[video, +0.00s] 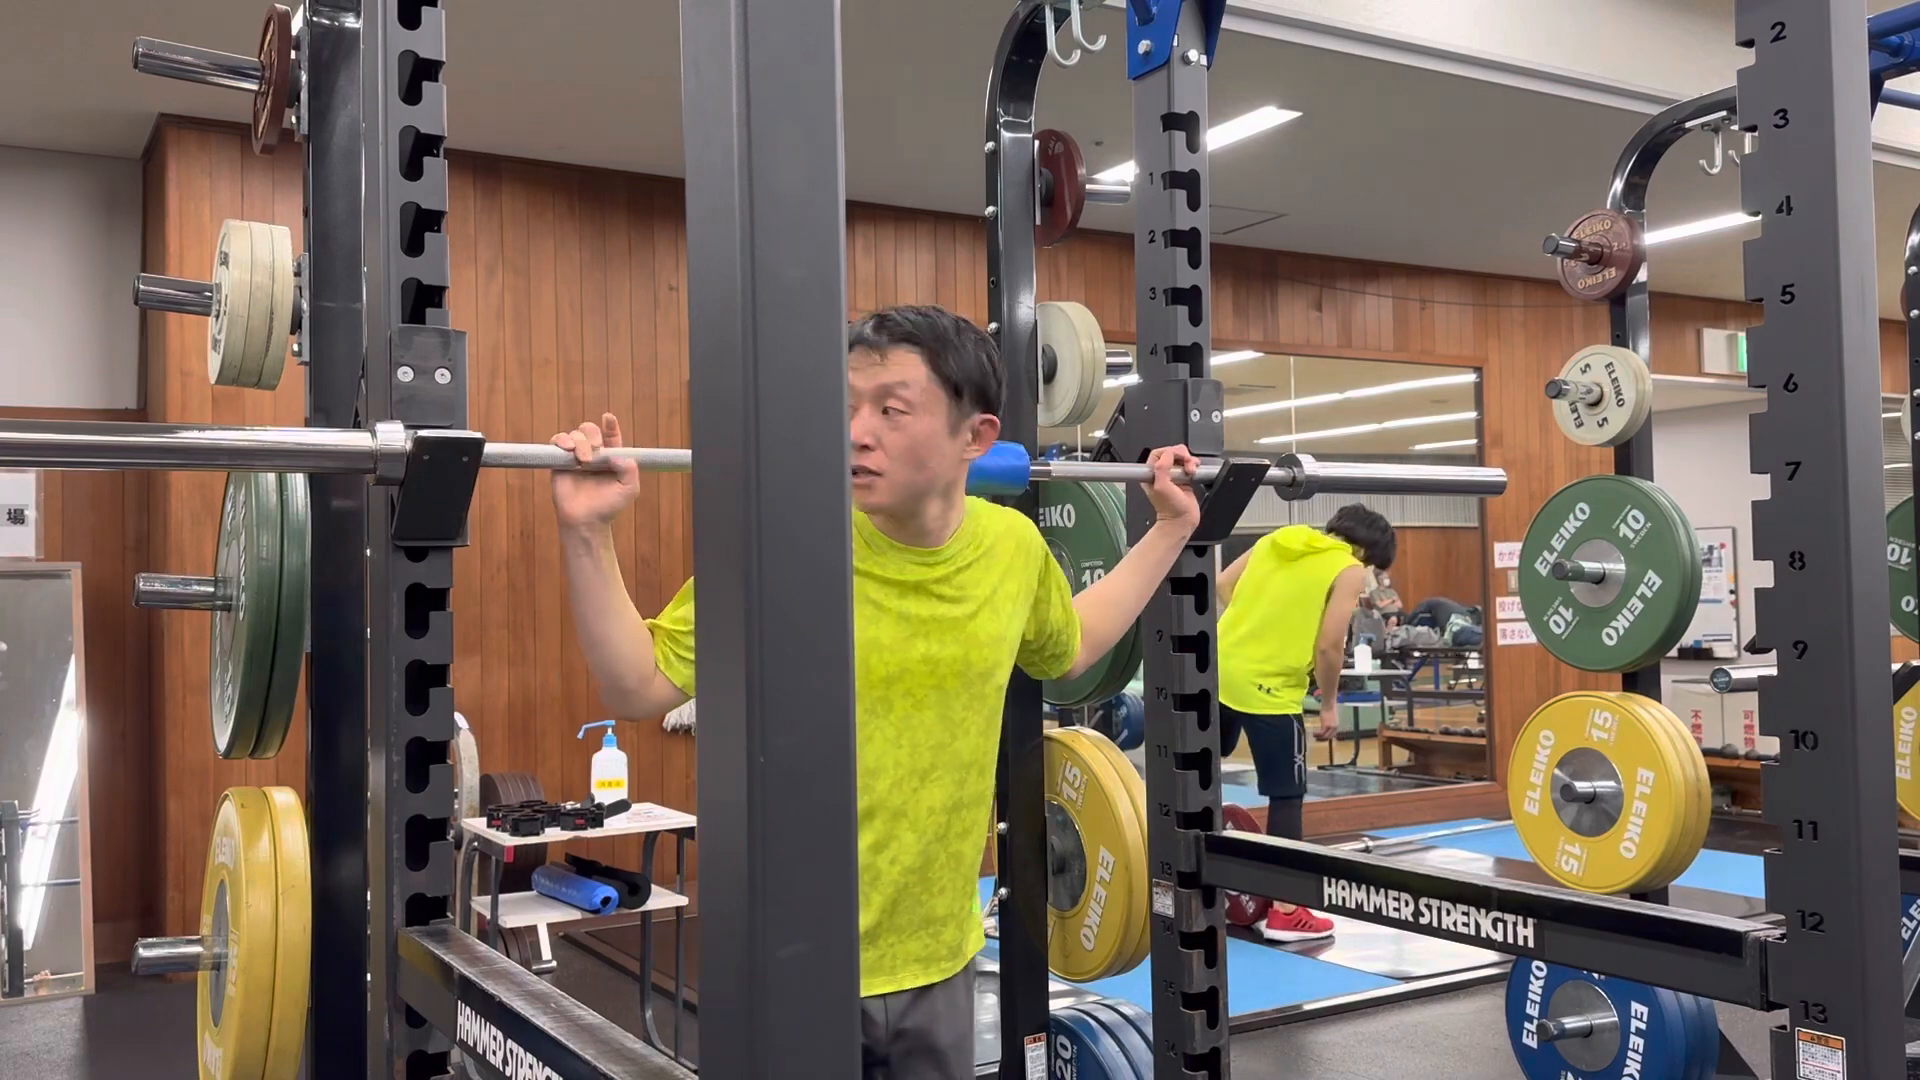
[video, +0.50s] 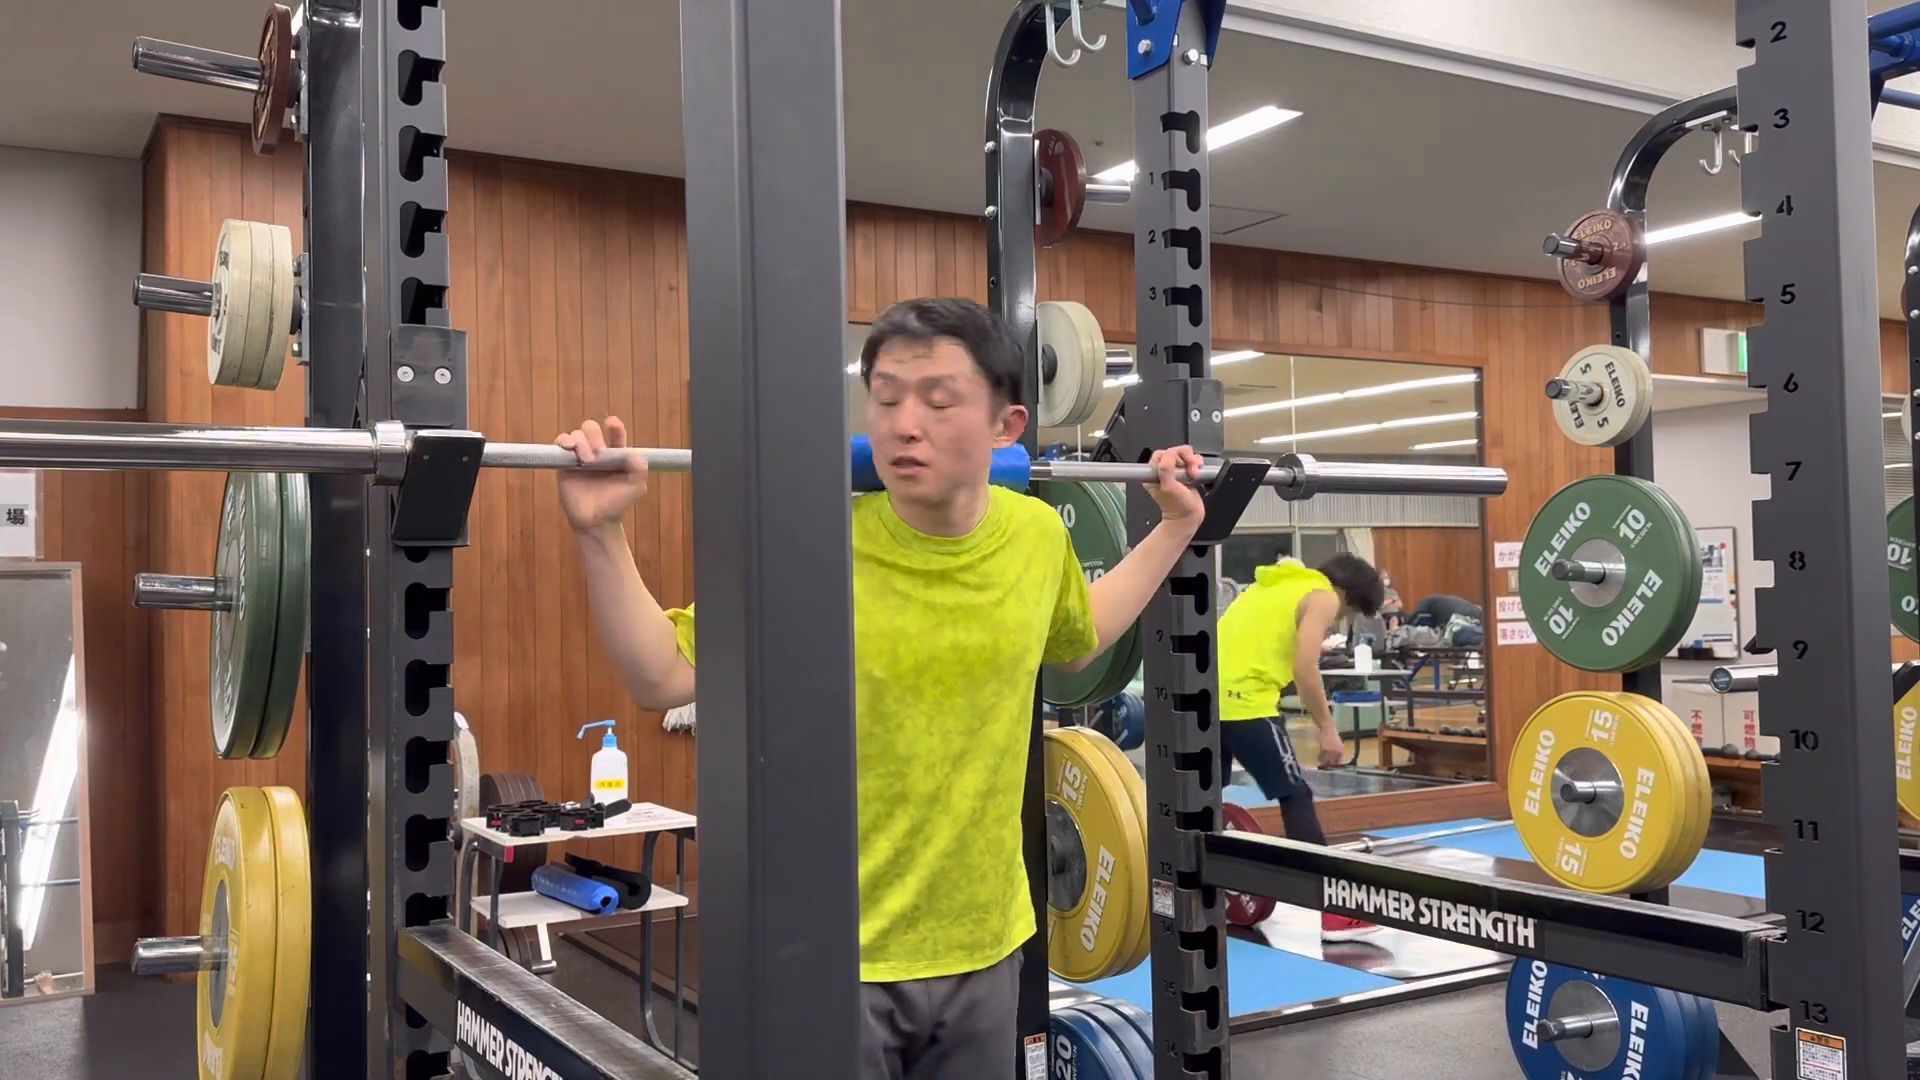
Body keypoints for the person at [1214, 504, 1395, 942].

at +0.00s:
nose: (1370, 574)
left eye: (1375, 569)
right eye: (1372, 567)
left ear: (1336, 530)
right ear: (1366, 551)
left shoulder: (1279, 540)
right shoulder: (1349, 569)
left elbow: (1224, 581)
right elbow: (1328, 645)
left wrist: (1249, 627)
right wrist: (1329, 706)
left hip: (1217, 672)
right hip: (1269, 687)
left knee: (1196, 779)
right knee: (1286, 798)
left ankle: (1181, 881)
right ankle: (1285, 905)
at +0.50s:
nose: (1343, 616)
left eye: (1350, 611)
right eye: (1349, 608)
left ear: (1324, 570)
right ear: (1348, 591)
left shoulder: (1267, 584)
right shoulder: (1321, 594)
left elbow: (1227, 638)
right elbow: (1304, 668)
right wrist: (1327, 729)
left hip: (1202, 702)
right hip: (1246, 704)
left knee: (1203, 803)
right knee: (1296, 797)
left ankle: (1194, 895)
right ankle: (1327, 903)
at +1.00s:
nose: (1339, 759)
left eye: (1344, 758)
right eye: (1346, 754)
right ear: (1356, 737)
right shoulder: (1343, 723)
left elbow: (1231, 767)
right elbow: (1304, 792)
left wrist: (1217, 818)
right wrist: (1297, 855)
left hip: (1207, 692)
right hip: (1255, 706)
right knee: (1323, 790)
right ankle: (1342, 909)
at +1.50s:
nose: (1348, 759)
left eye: (1354, 758)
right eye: (1355, 754)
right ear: (1366, 735)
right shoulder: (1351, 725)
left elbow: (1241, 774)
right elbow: (1309, 794)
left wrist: (1228, 832)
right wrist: (1301, 861)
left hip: (1207, 687)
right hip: (1263, 700)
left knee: (1195, 791)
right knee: (1323, 791)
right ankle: (1342, 909)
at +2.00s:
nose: (1391, 733)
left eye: (1397, 730)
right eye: (1397, 727)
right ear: (1398, 712)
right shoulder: (1380, 708)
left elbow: (1289, 770)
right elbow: (1361, 784)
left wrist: (1282, 832)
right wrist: (1353, 847)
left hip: (1225, 687)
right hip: (1273, 701)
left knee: (1218, 788)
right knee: (1337, 792)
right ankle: (1343, 910)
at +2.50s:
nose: (1395, 736)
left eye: (1401, 734)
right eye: (1402, 731)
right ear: (1404, 714)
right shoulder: (1383, 709)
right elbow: (1363, 780)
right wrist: (1355, 848)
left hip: (1230, 690)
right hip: (1268, 701)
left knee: (1261, 780)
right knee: (1332, 794)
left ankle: (1252, 881)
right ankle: (1341, 909)